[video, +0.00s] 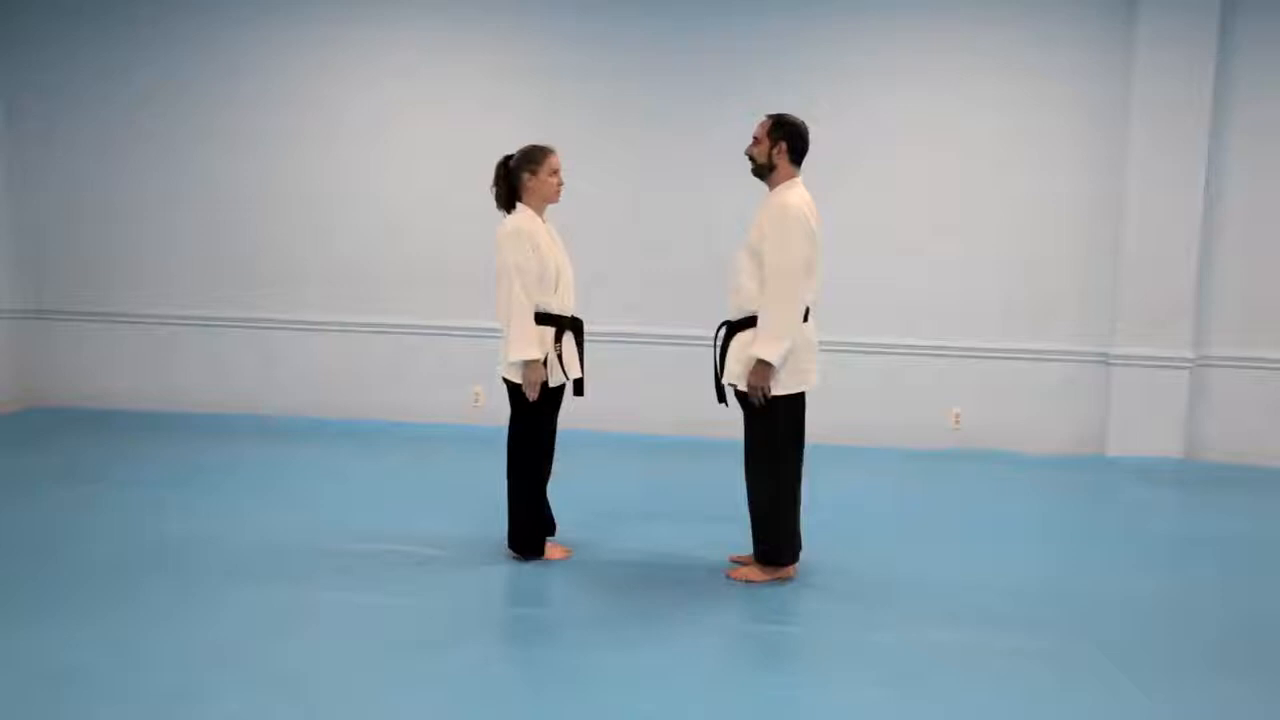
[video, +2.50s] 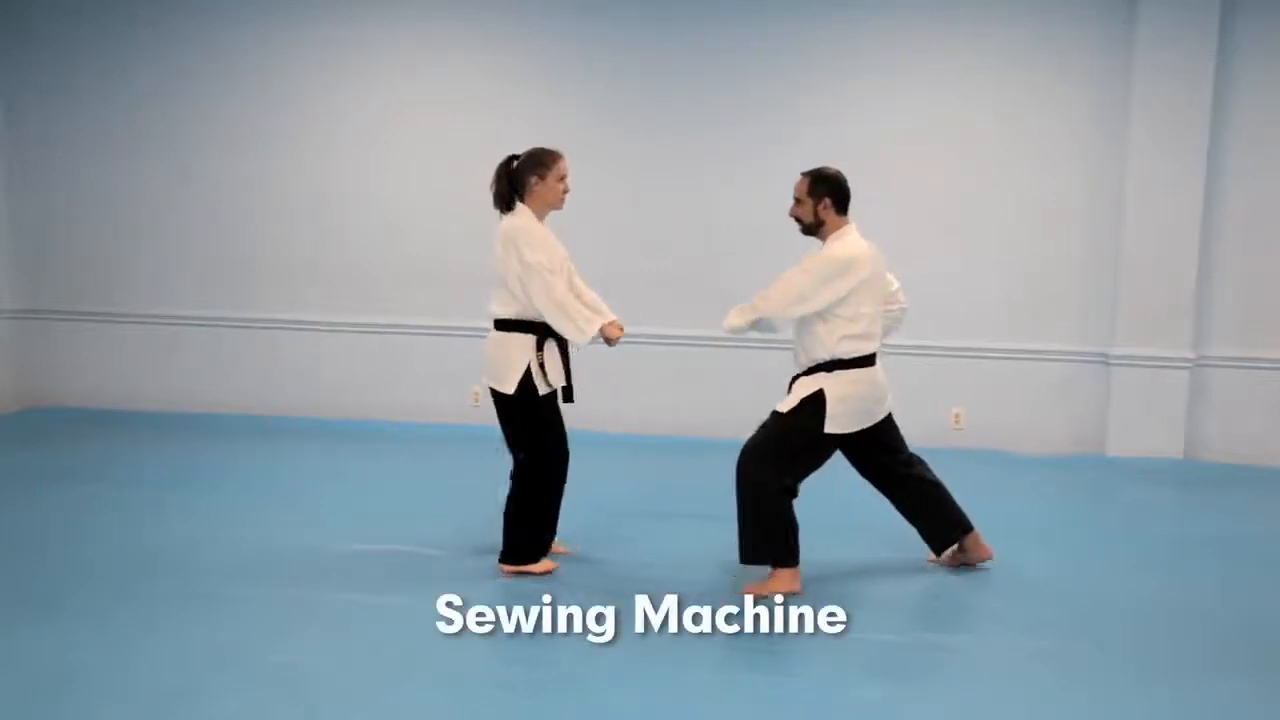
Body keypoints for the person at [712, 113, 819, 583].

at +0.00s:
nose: (748, 147)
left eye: (756, 140)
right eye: (752, 139)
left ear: (780, 149)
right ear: (781, 149)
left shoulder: (789, 207)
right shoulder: (781, 203)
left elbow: (786, 291)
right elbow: (780, 288)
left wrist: (767, 358)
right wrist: (754, 351)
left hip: (776, 359)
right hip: (769, 356)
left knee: (772, 464)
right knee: (769, 462)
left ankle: (777, 560)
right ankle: (772, 551)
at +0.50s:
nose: (746, 150)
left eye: (754, 143)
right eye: (749, 141)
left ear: (777, 151)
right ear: (779, 151)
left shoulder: (791, 207)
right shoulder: (781, 203)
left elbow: (784, 293)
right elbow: (777, 288)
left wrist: (749, 355)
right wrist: (744, 349)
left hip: (782, 351)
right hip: (771, 348)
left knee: (766, 457)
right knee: (757, 454)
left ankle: (775, 554)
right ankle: (760, 547)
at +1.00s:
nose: (757, 179)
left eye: (763, 172)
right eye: (758, 171)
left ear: (789, 175)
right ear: (795, 176)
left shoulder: (802, 229)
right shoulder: (829, 221)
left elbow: (760, 292)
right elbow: (787, 292)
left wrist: (712, 298)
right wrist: (731, 289)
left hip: (814, 368)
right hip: (851, 361)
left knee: (774, 466)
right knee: (842, 452)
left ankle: (771, 572)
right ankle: (915, 515)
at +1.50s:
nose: (809, 211)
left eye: (816, 203)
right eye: (811, 202)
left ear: (844, 209)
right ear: (847, 210)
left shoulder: (853, 263)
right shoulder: (874, 258)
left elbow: (803, 319)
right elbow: (903, 312)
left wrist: (755, 321)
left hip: (844, 396)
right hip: (875, 391)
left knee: (772, 458)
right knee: (906, 471)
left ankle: (768, 570)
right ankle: (973, 545)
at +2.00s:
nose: (812, 212)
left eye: (819, 203)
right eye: (815, 202)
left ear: (847, 209)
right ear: (850, 210)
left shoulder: (858, 261)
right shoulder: (875, 257)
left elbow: (801, 317)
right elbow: (906, 314)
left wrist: (753, 321)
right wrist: (867, 350)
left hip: (845, 397)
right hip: (874, 392)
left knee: (770, 457)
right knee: (906, 471)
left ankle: (768, 571)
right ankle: (973, 547)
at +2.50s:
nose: (791, 210)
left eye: (798, 201)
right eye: (793, 200)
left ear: (825, 206)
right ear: (831, 206)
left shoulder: (838, 254)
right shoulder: (865, 251)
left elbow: (780, 301)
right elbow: (894, 307)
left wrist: (739, 319)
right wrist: (858, 345)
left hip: (830, 393)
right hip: (864, 388)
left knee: (760, 464)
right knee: (897, 468)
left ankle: (784, 576)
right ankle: (968, 543)